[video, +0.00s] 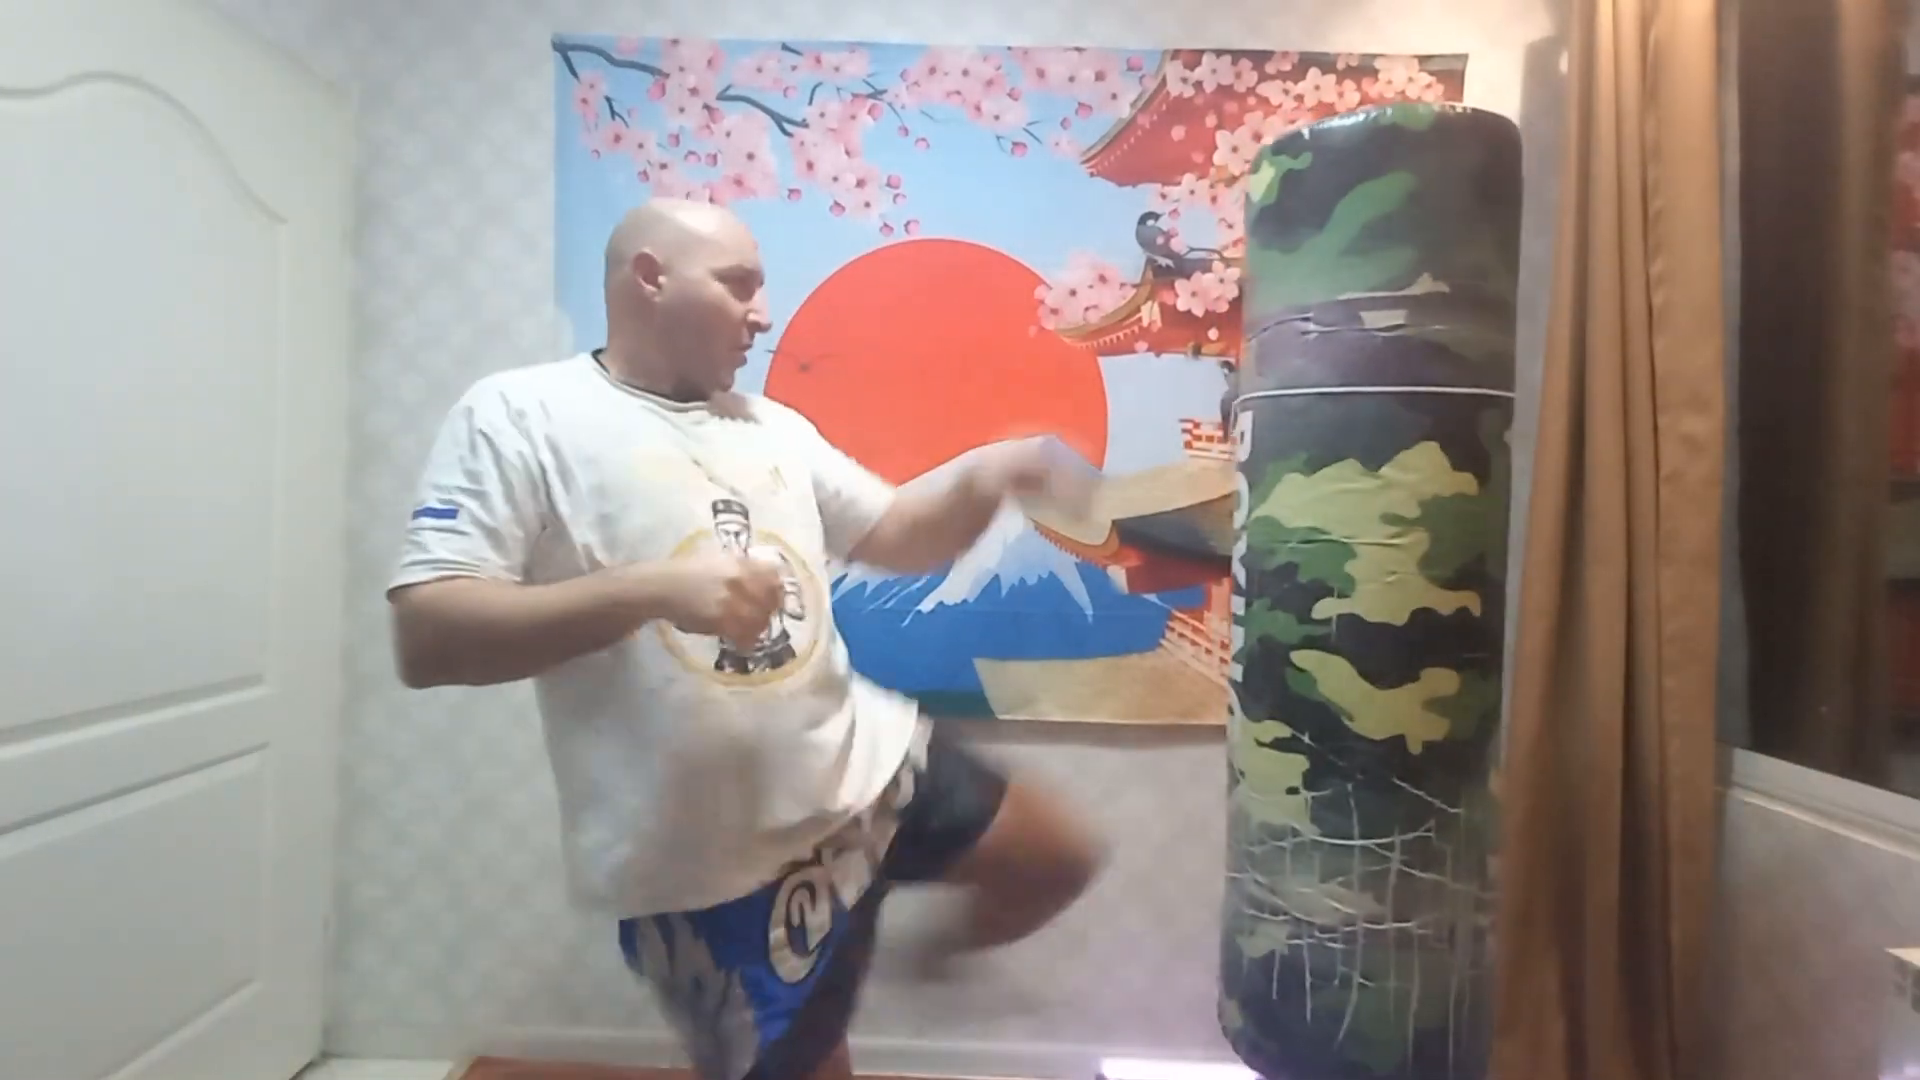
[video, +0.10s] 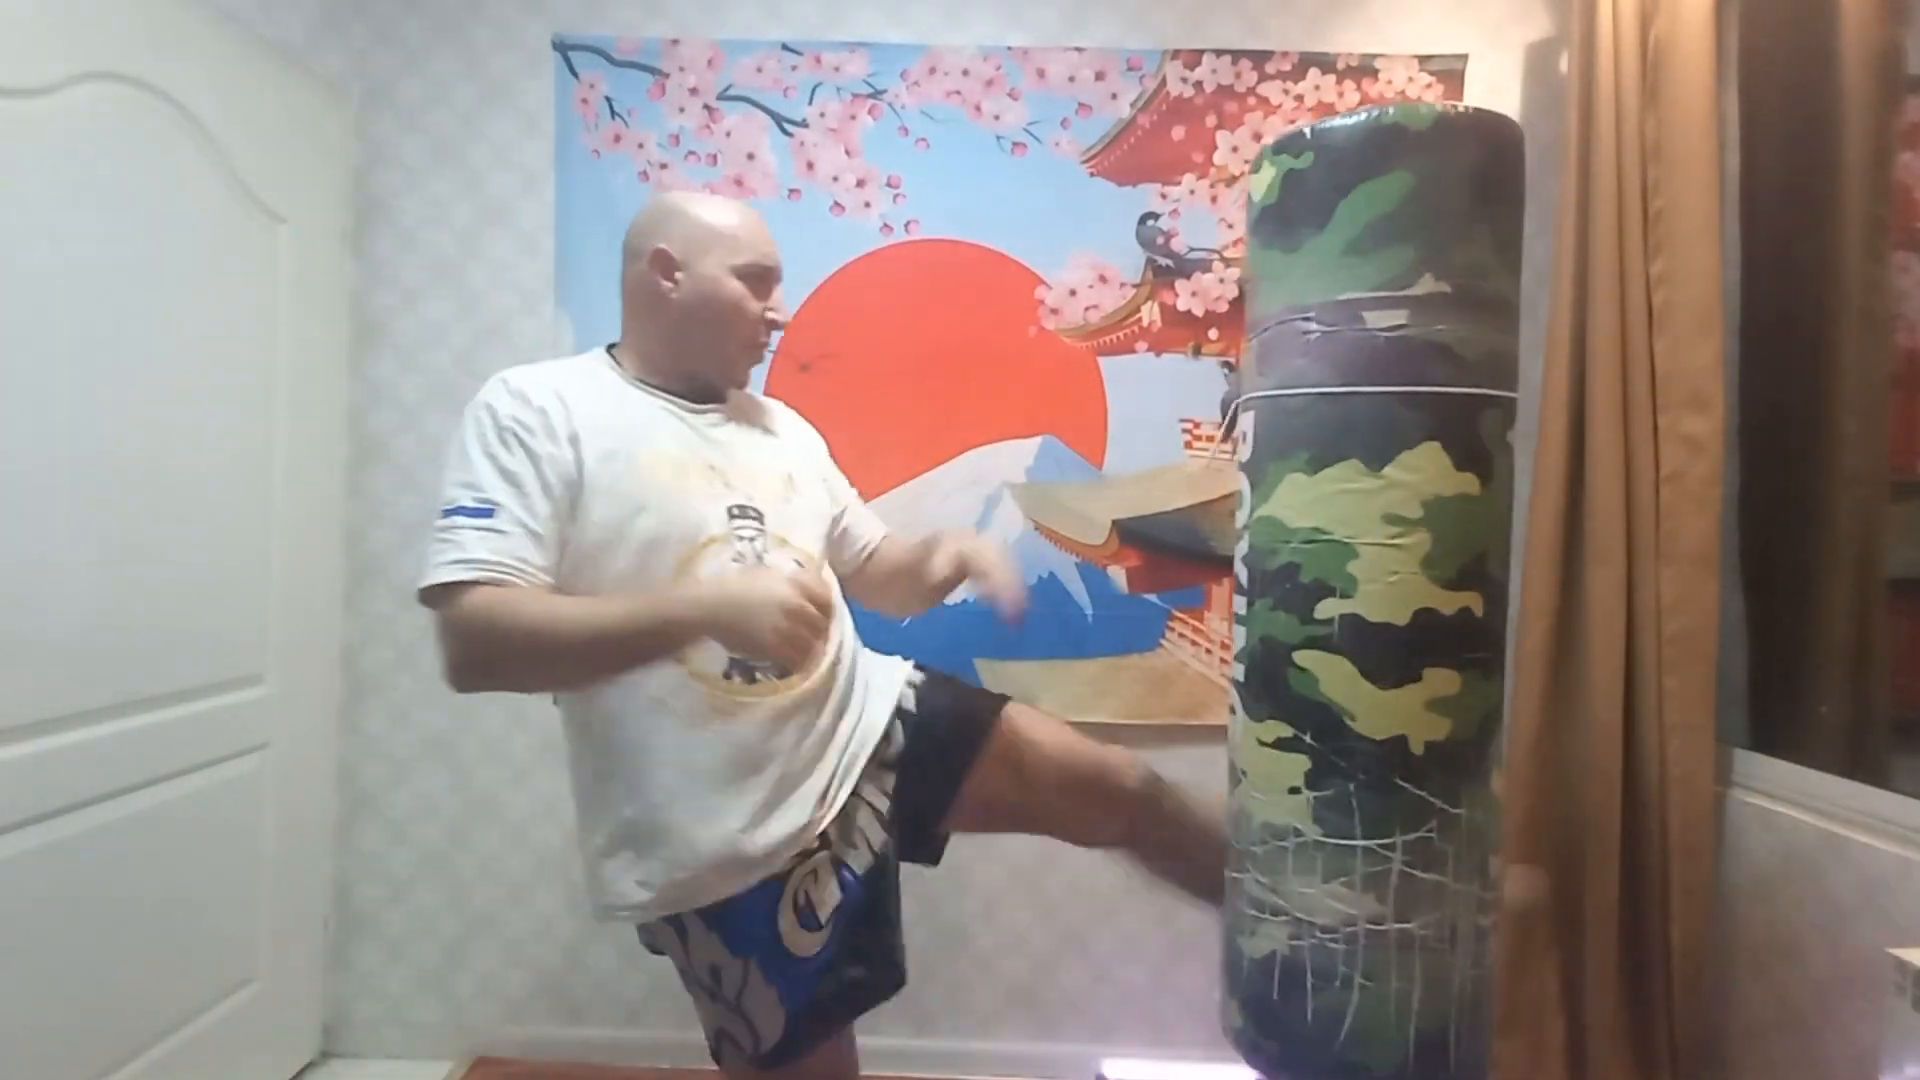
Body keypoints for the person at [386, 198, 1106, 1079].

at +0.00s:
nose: (761, 313)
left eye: (760, 289)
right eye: (738, 284)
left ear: (658, 283)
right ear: (649, 280)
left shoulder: (771, 429)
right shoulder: (516, 420)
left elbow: (893, 534)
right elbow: (429, 637)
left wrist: (986, 476)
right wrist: (654, 587)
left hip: (861, 761)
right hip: (711, 868)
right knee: (806, 1071)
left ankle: (917, 955)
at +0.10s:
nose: (776, 309)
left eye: (776, 286)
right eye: (752, 283)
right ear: (661, 278)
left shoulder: (779, 428)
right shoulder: (530, 414)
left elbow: (873, 565)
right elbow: (476, 641)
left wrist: (948, 553)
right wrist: (705, 606)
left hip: (865, 717)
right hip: (724, 854)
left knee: (1127, 793)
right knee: (814, 1065)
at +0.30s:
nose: (820, 297)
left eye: (819, 271)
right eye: (797, 266)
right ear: (704, 262)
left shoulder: (818, 418)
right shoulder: (566, 409)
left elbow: (943, 541)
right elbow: (521, 654)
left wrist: (958, 478)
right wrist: (754, 730)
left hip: (891, 770)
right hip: (745, 872)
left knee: (1081, 861)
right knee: (791, 1067)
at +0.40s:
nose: (839, 296)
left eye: (838, 269)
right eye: (819, 266)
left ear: (736, 260)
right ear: (727, 258)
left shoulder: (847, 413)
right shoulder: (580, 410)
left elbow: (990, 469)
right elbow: (503, 647)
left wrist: (1081, 370)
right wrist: (714, 732)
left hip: (884, 804)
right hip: (728, 887)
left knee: (979, 935)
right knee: (777, 1070)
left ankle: (982, 1069)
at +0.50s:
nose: (854, 295)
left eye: (848, 268)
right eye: (831, 268)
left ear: (757, 264)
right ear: (747, 265)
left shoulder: (854, 410)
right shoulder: (611, 409)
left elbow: (1019, 434)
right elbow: (516, 642)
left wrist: (1162, 356)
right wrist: (747, 680)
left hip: (858, 853)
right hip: (724, 893)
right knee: (732, 1065)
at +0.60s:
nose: (862, 307)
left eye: (859, 281)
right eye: (844, 277)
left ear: (770, 277)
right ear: (767, 273)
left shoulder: (794, 410)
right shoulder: (685, 394)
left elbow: (915, 492)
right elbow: (652, 624)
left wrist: (1016, 407)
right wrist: (882, 547)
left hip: (823, 855)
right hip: (749, 877)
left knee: (831, 1059)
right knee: (766, 1066)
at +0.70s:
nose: (861, 316)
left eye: (859, 289)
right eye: (848, 286)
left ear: (763, 285)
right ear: (780, 281)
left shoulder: (669, 389)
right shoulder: (782, 391)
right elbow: (963, 496)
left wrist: (933, 449)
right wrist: (1089, 399)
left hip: (646, 831)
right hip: (771, 856)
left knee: (684, 1046)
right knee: (813, 1062)